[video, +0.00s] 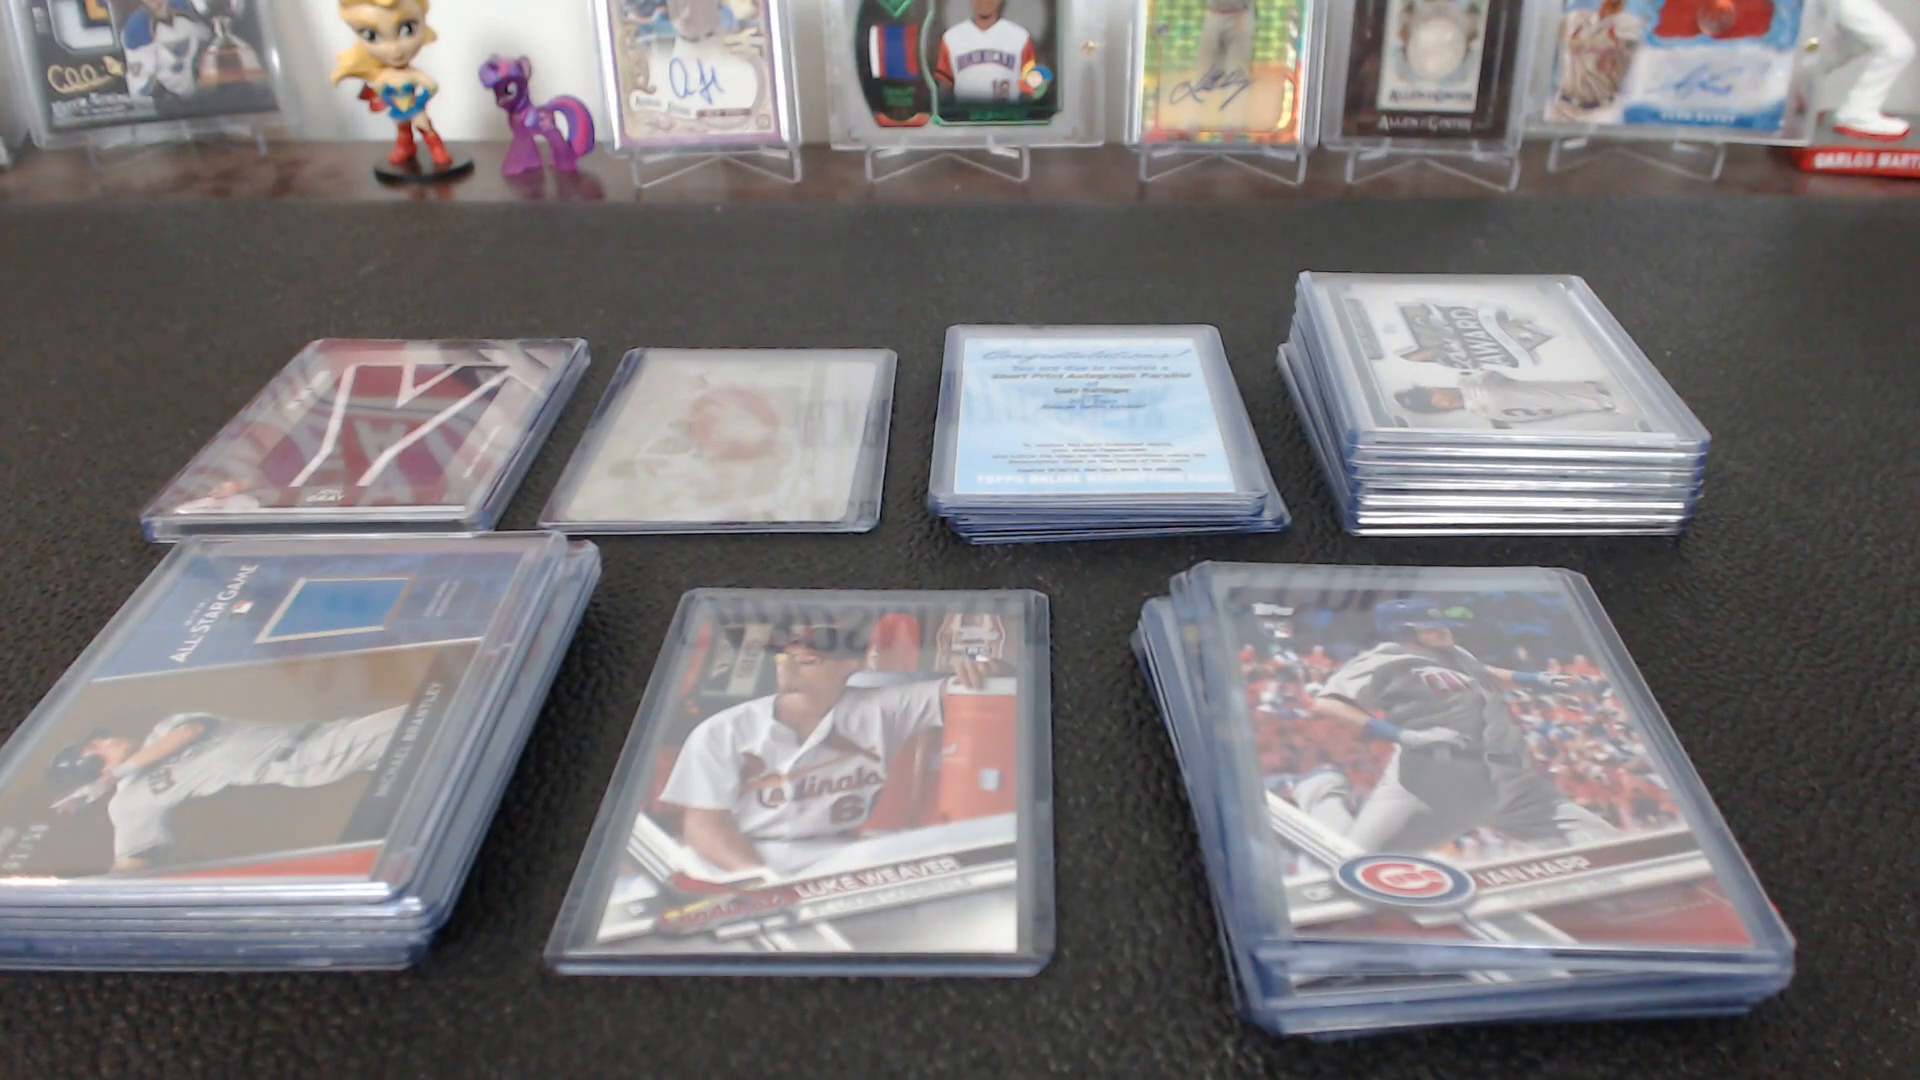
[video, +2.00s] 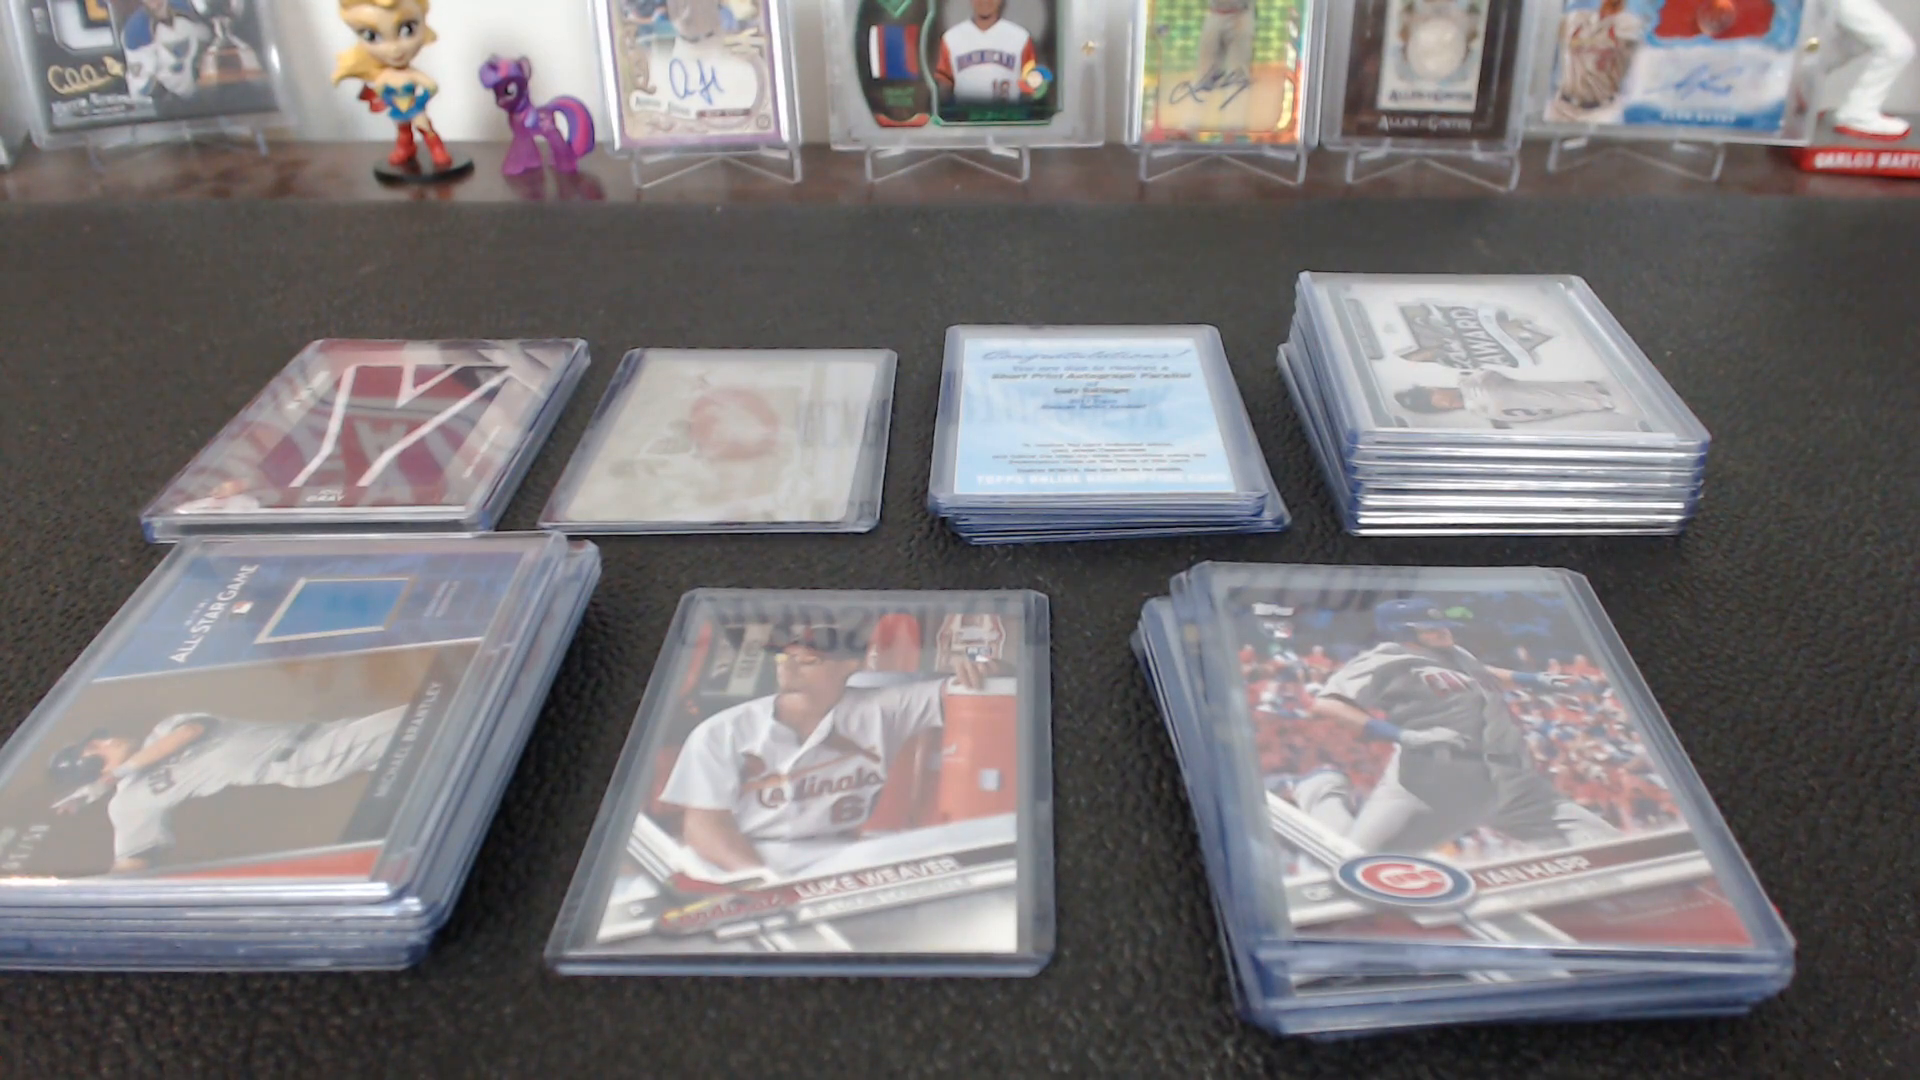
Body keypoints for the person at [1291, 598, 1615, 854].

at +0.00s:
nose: (1446, 631)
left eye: (1446, 622)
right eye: (1434, 623)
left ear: (1449, 624)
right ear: (1406, 628)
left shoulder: (1459, 656)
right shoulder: (1388, 659)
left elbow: (1489, 676)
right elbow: (1328, 704)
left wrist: (1538, 682)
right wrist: (1404, 736)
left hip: (1509, 789)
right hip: (1426, 797)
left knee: (1614, 850)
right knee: (1353, 868)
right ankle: (1321, 792)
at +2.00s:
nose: (1446, 631)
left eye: (1446, 623)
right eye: (1434, 624)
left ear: (1447, 627)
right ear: (1406, 630)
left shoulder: (1459, 657)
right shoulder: (1387, 659)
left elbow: (1490, 676)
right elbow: (1328, 704)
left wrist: (1539, 682)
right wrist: (1404, 736)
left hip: (1509, 789)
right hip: (1429, 796)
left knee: (1613, 850)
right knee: (1353, 868)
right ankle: (1321, 792)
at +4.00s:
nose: (1445, 631)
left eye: (1445, 623)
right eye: (1433, 623)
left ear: (1448, 624)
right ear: (1405, 628)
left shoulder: (1459, 657)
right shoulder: (1388, 659)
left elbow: (1490, 677)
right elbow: (1328, 704)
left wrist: (1541, 683)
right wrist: (1404, 735)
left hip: (1509, 787)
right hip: (1430, 793)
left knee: (1610, 847)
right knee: (1351, 868)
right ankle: (1321, 793)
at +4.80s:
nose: (1446, 629)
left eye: (1447, 620)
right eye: (1434, 621)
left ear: (1450, 623)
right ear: (1407, 626)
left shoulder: (1459, 656)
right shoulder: (1386, 659)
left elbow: (1491, 677)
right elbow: (1328, 705)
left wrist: (1540, 682)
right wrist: (1405, 736)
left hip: (1510, 787)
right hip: (1431, 793)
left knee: (1610, 849)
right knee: (1354, 866)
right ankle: (1321, 793)